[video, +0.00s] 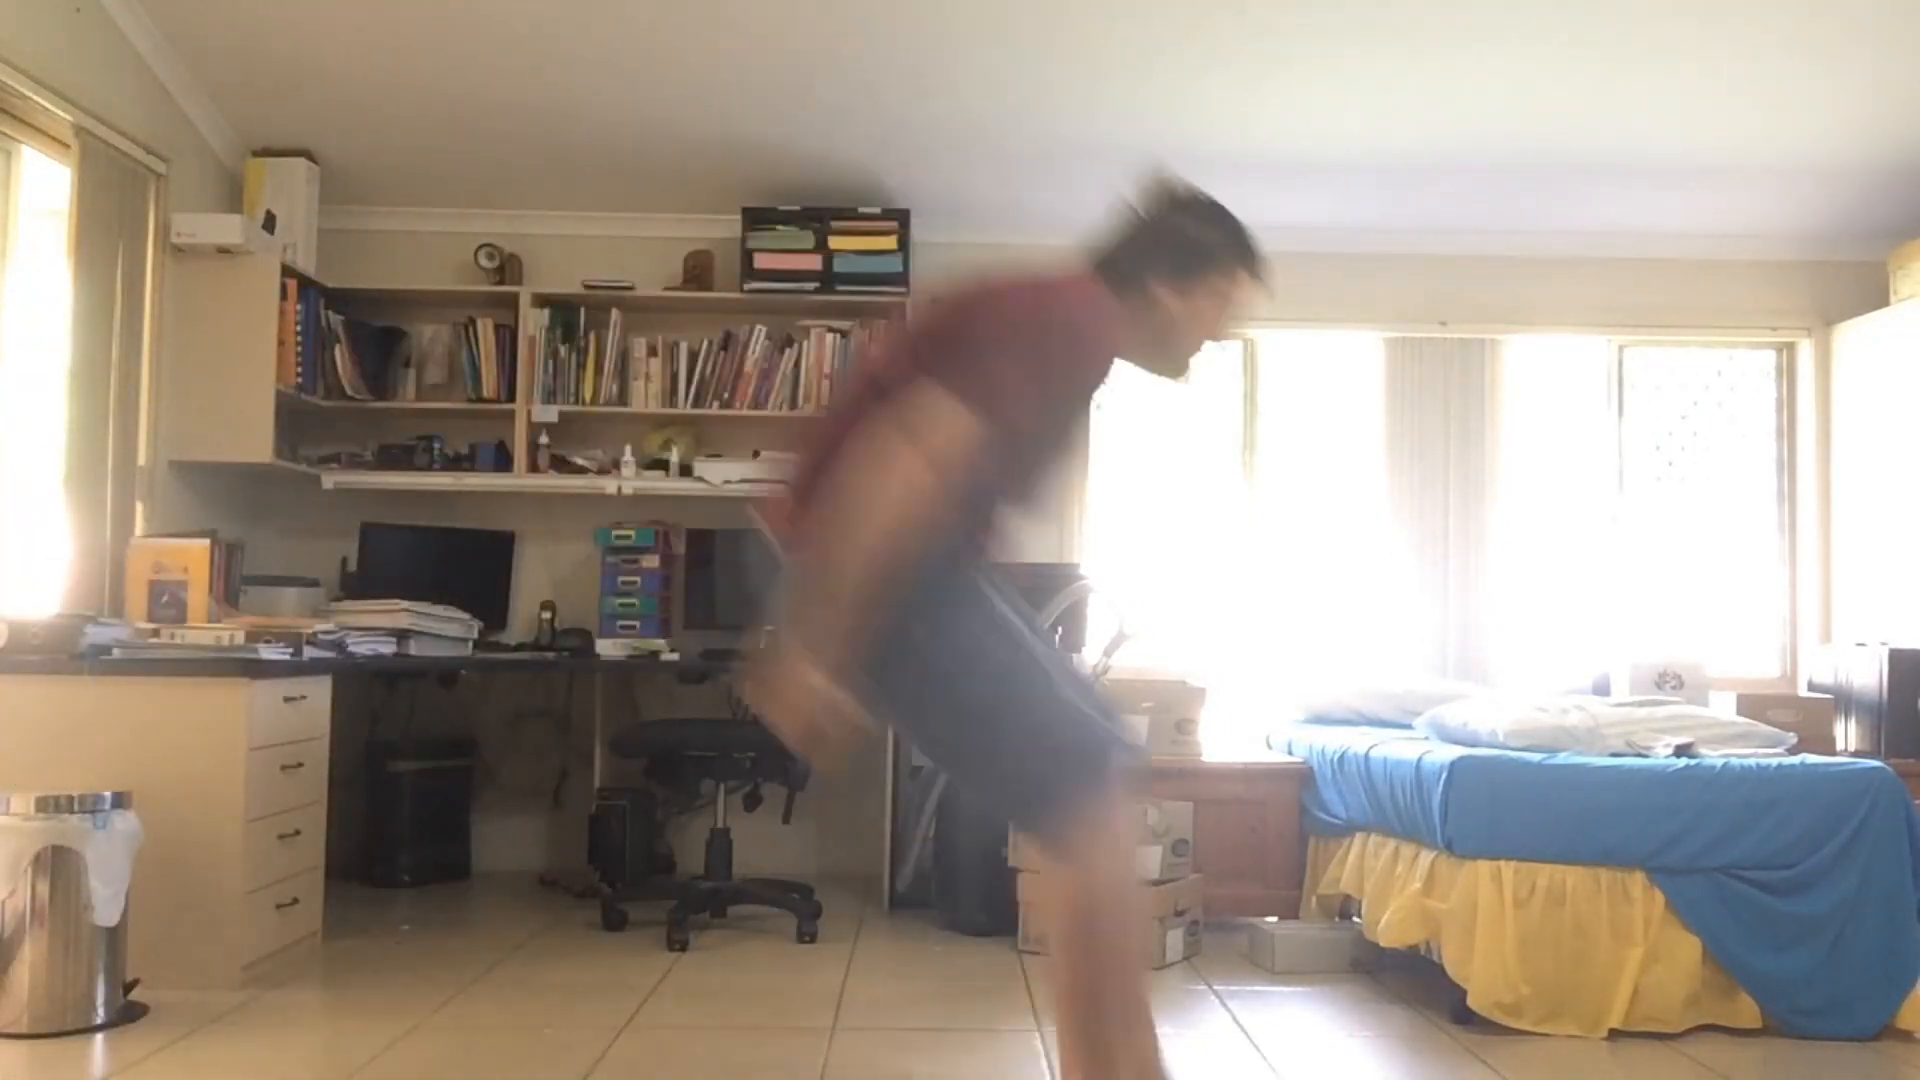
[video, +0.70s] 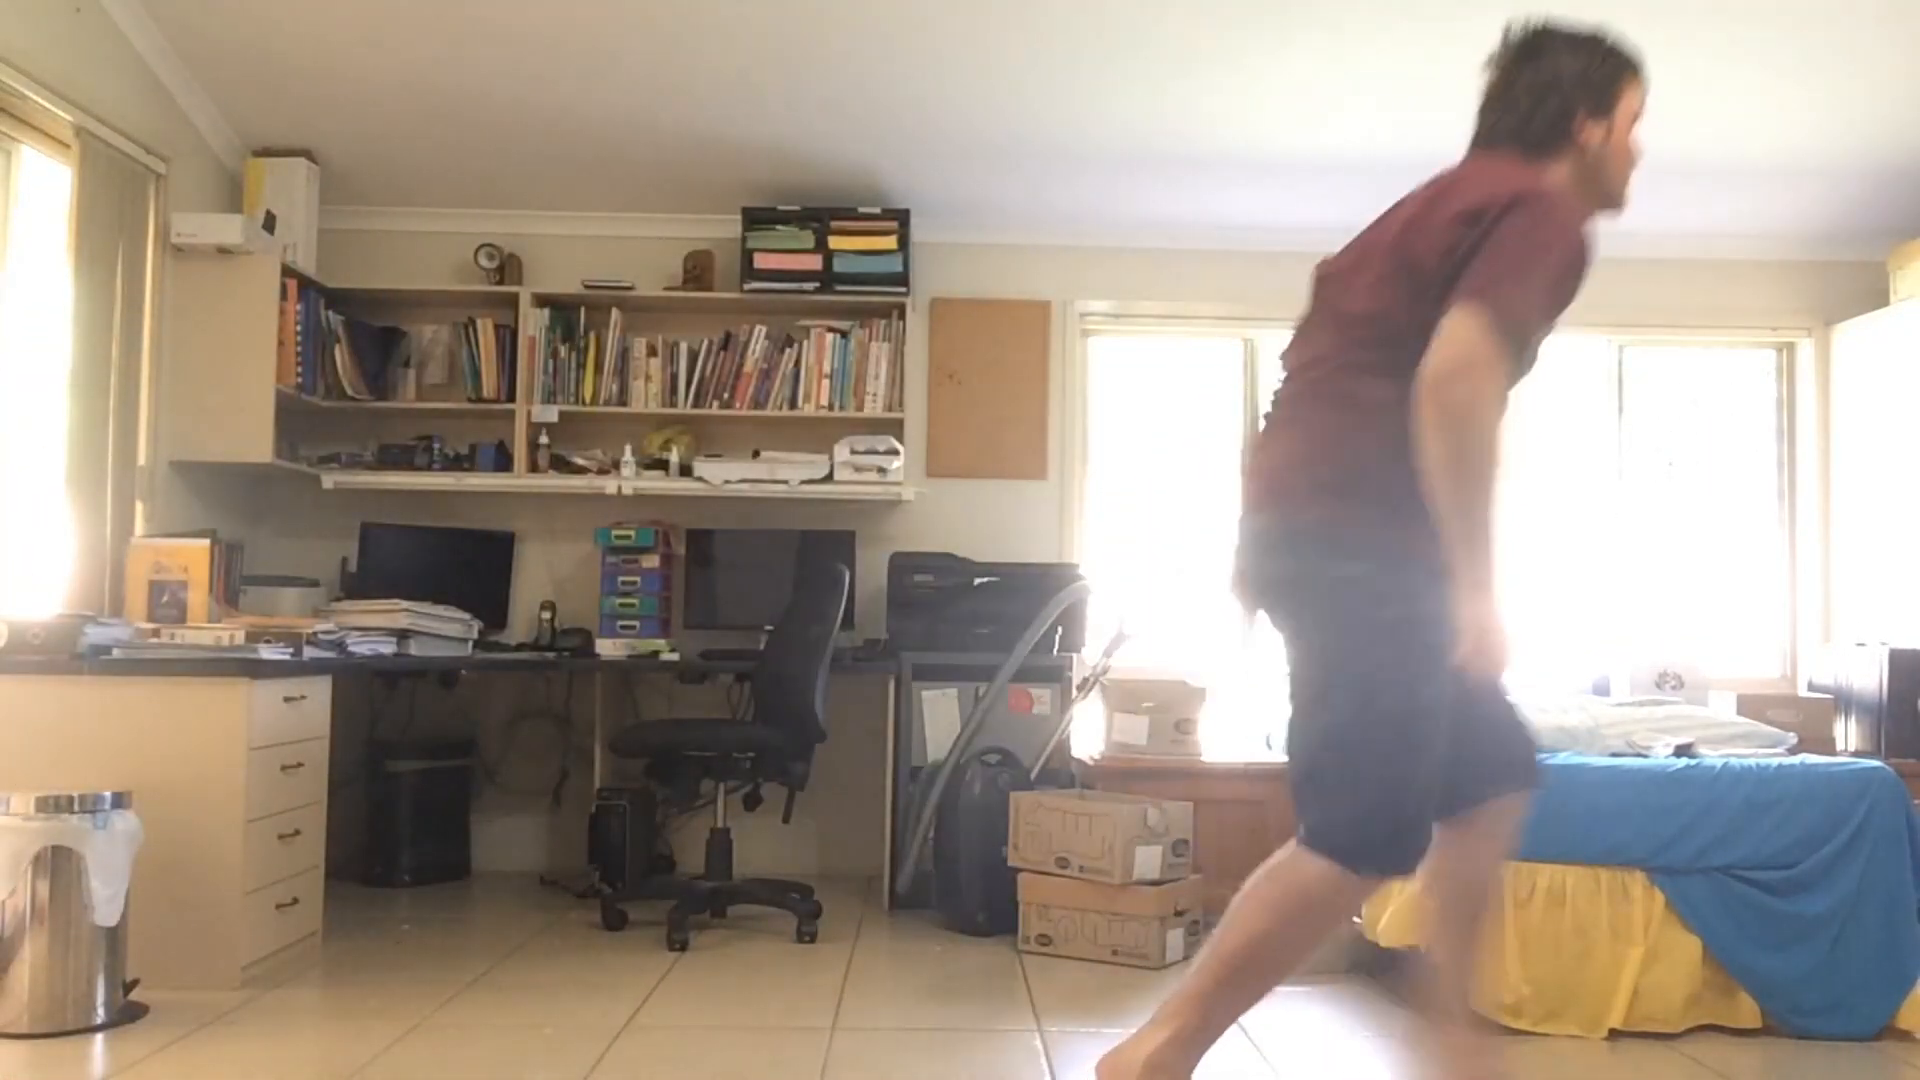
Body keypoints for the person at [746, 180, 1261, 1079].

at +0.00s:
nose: (1219, 336)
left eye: (1228, 317)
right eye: (1222, 309)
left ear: (1165, 276)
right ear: (1173, 281)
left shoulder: (1073, 325)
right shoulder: (1063, 319)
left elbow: (929, 471)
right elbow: (909, 451)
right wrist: (813, 648)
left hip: (919, 559)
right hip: (882, 562)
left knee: (1100, 778)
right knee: (1084, 791)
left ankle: (1108, 1058)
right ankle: (1117, 1061)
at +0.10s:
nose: (1324, 396)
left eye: (1324, 372)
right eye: (1317, 370)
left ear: (1258, 367)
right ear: (1262, 368)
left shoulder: (1159, 431)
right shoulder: (1177, 442)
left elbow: (1078, 638)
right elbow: (1076, 634)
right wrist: (1091, 834)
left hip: (943, 686)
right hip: (947, 695)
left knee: (1211, 826)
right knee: (1221, 837)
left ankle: (1123, 1063)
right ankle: (1126, 1065)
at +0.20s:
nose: (1421, 486)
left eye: (1423, 463)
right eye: (1415, 460)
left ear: (1331, 441)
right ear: (1356, 450)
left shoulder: (1232, 486)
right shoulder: (1272, 510)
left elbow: (1222, 716)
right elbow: (1266, 740)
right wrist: (1374, 901)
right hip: (1018, 726)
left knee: (1247, 862)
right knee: (1252, 876)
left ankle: (1129, 1066)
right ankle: (1128, 1069)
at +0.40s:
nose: (1526, 456)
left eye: (1531, 435)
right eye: (1525, 432)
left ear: (1417, 387)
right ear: (1478, 417)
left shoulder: (1337, 440)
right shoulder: (1400, 465)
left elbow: (1307, 660)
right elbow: (1386, 694)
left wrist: (1431, 734)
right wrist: (1513, 814)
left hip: (1065, 652)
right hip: (1114, 668)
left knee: (1278, 852)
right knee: (1325, 867)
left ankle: (1141, 1062)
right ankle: (1139, 1065)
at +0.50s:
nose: (1571, 341)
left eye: (1576, 320)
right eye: (1569, 317)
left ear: (1463, 293)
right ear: (1519, 311)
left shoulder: (1383, 353)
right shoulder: (1450, 382)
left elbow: (1274, 554)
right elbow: (1379, 579)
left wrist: (1346, 695)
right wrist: (1466, 757)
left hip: (1133, 599)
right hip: (1190, 618)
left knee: (1311, 840)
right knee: (1357, 864)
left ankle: (1161, 1053)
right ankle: (1154, 1059)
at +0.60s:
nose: (1606, 228)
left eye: (1607, 205)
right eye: (1600, 203)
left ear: (1503, 196)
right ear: (1547, 203)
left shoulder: (1427, 263)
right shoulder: (1488, 283)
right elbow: (1398, 475)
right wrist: (1446, 676)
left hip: (1240, 571)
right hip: (1268, 581)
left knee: (1406, 794)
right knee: (1373, 845)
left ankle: (1254, 1011)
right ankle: (1147, 1060)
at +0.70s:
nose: (1640, 149)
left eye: (1639, 126)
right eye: (1634, 124)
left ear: (1517, 116)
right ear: (1585, 123)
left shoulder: (1440, 198)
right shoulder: (1541, 211)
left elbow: (1326, 367)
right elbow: (1458, 377)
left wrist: (1269, 539)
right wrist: (1477, 592)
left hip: (1308, 534)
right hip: (1361, 537)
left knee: (1495, 773)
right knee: (1366, 831)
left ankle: (1447, 1039)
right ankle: (1150, 1057)